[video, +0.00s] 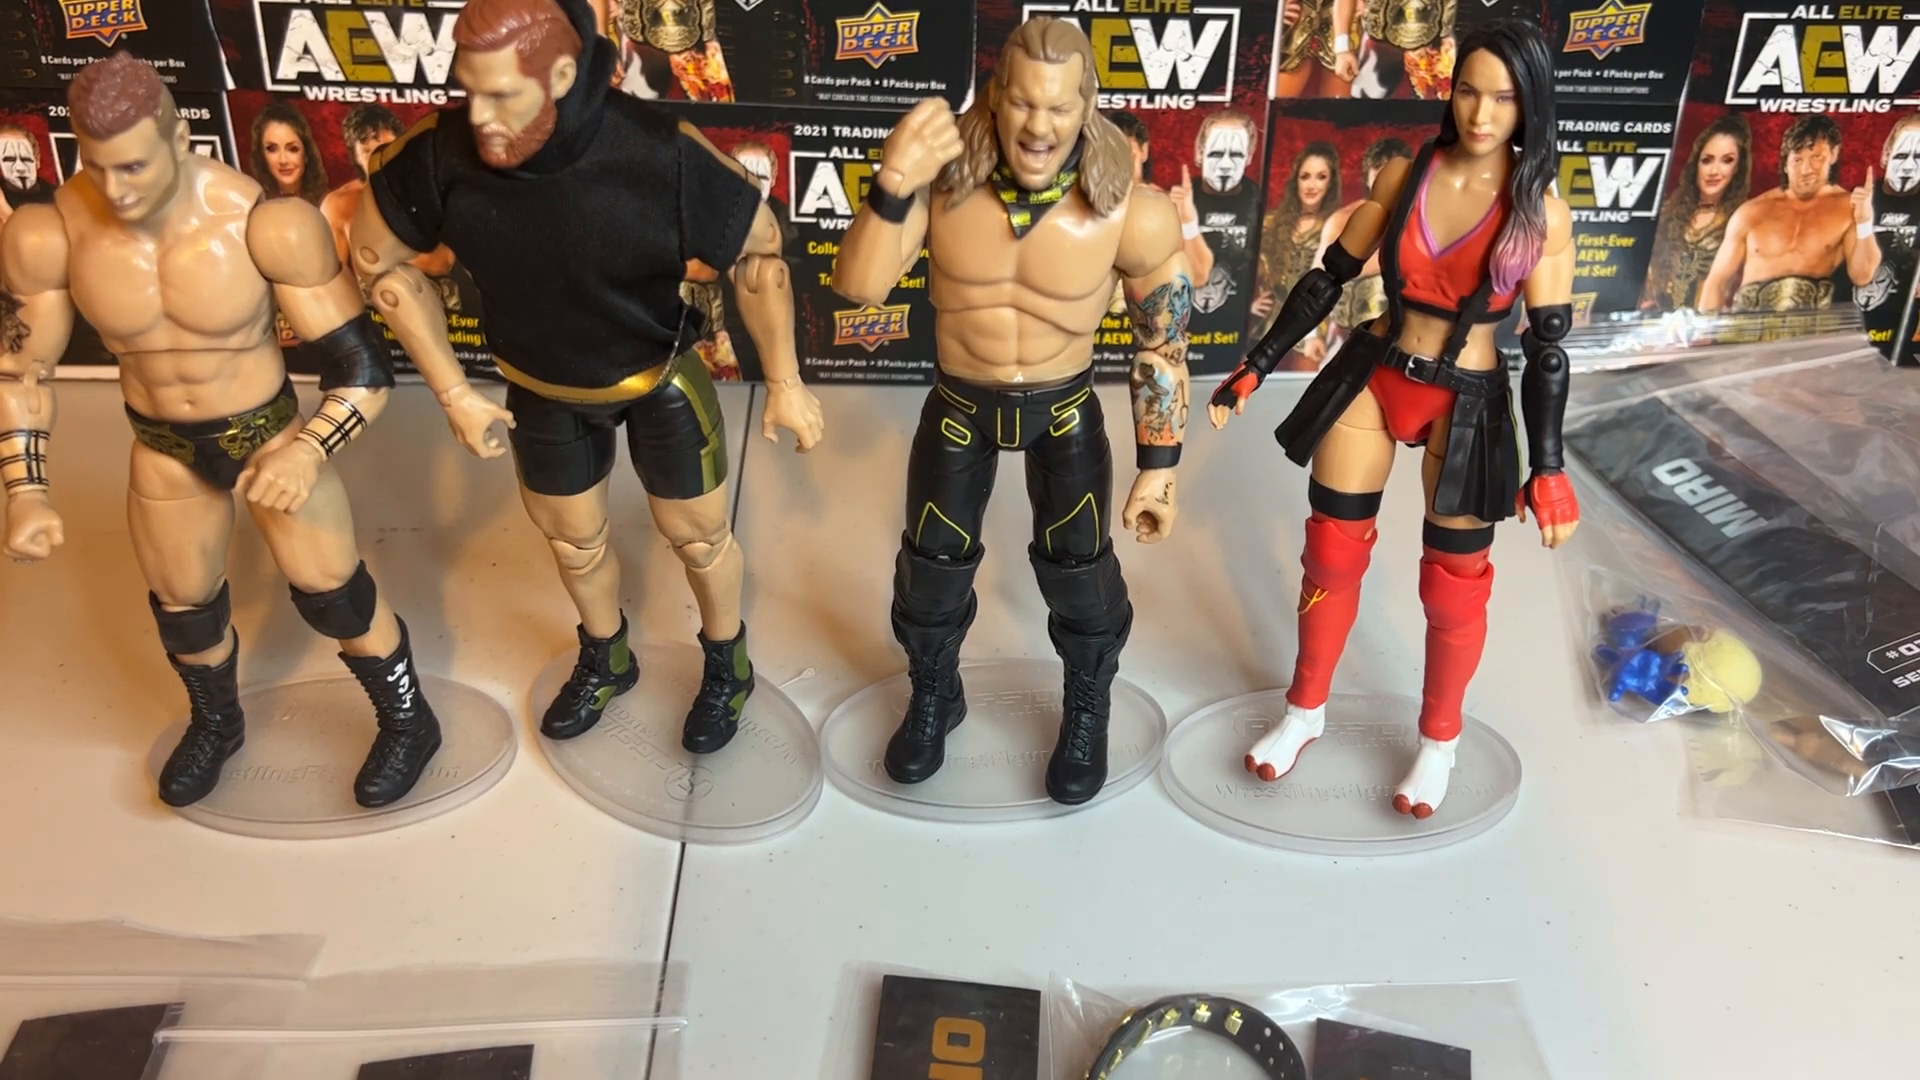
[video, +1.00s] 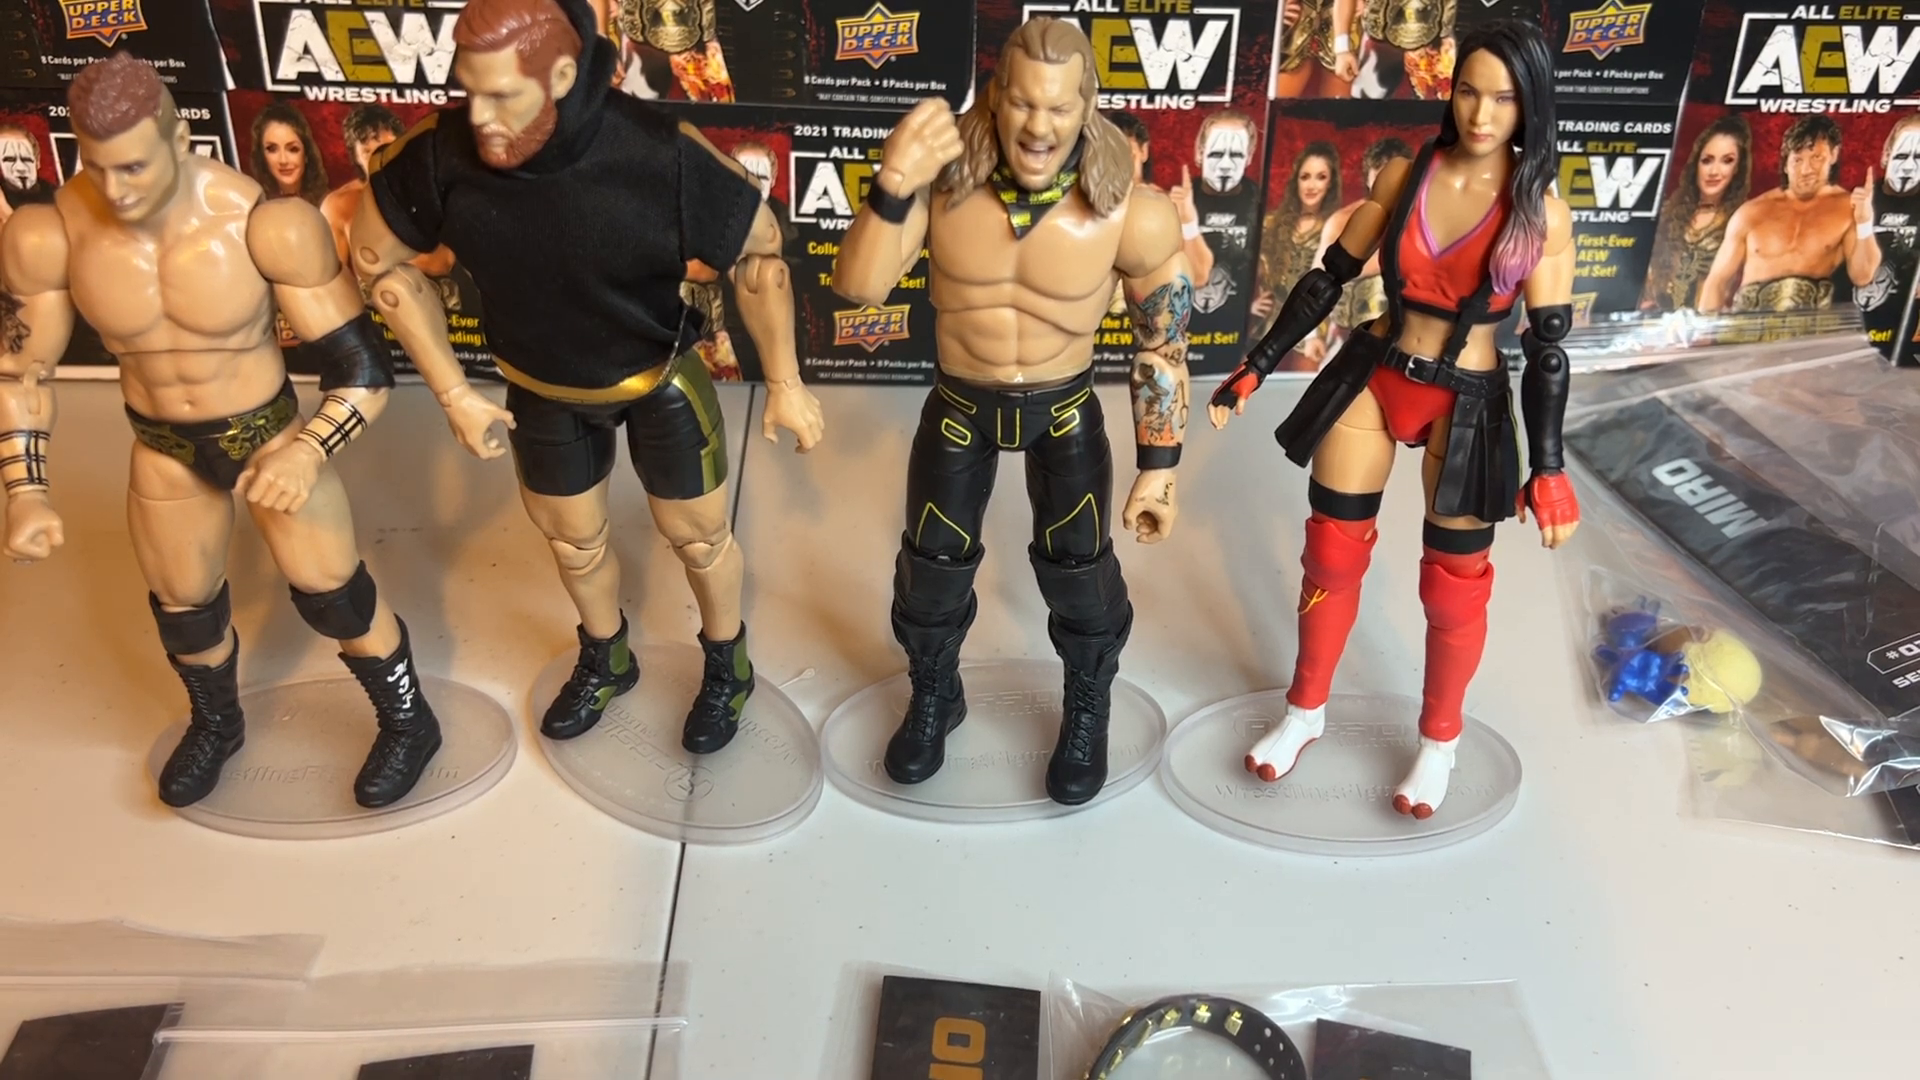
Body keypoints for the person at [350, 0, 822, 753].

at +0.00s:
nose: (480, 118)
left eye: (502, 96)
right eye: (468, 95)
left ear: (564, 75)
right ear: (456, 80)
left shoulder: (653, 154)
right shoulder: (443, 158)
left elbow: (757, 245)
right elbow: (372, 251)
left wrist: (784, 381)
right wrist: (453, 392)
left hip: (661, 380)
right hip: (542, 393)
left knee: (700, 541)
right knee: (575, 546)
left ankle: (726, 666)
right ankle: (607, 660)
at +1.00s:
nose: (481, 118)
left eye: (502, 96)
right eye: (468, 95)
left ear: (563, 76)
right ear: (457, 82)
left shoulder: (653, 154)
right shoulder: (443, 158)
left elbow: (757, 245)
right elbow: (372, 251)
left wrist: (784, 381)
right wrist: (453, 392)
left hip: (660, 380)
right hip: (541, 393)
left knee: (700, 540)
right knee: (575, 547)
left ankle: (726, 665)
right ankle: (607, 659)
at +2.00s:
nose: (481, 119)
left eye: (503, 96)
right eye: (468, 95)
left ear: (564, 76)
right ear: (456, 81)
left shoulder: (653, 155)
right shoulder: (443, 159)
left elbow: (757, 246)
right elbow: (372, 250)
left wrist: (784, 381)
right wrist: (453, 392)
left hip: (661, 382)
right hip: (543, 395)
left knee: (700, 540)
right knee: (575, 546)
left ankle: (726, 665)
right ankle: (607, 660)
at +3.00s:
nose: (481, 119)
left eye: (502, 96)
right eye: (468, 95)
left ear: (564, 76)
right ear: (456, 81)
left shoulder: (653, 155)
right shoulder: (442, 159)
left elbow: (757, 245)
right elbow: (372, 252)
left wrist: (784, 381)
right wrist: (453, 392)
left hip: (661, 382)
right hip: (542, 394)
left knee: (700, 540)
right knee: (575, 546)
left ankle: (726, 667)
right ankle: (607, 660)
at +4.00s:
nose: (481, 119)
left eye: (503, 96)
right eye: (468, 95)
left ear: (563, 76)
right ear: (457, 81)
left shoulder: (653, 155)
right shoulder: (442, 160)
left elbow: (757, 245)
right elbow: (372, 251)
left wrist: (784, 381)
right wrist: (452, 392)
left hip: (661, 382)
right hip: (542, 394)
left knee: (700, 540)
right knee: (575, 546)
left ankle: (726, 665)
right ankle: (607, 660)